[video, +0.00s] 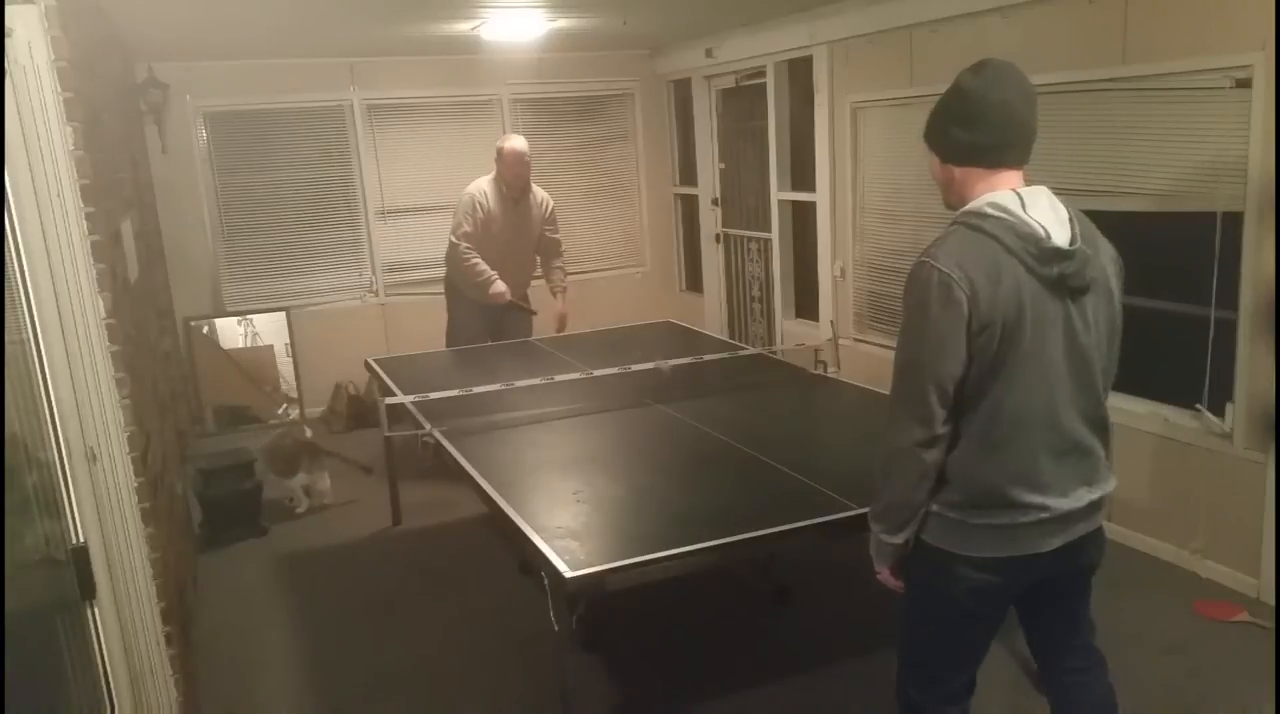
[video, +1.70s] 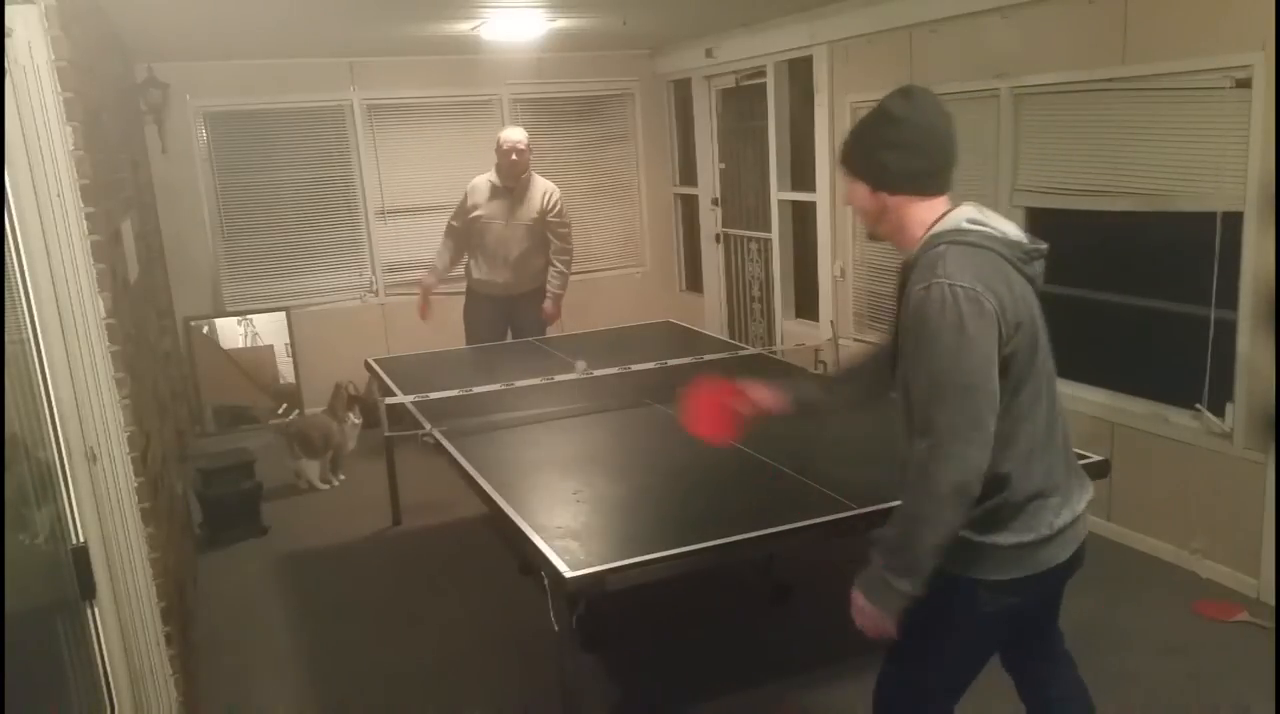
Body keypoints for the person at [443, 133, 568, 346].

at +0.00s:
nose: (520, 172)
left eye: (525, 164)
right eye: (513, 165)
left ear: (531, 163)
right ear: (498, 163)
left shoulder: (542, 202)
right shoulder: (476, 197)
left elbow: (552, 254)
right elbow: (459, 251)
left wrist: (560, 298)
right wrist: (491, 282)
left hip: (515, 300)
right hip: (470, 299)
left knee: (518, 369)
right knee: (471, 370)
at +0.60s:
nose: (493, 164)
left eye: (497, 157)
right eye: (486, 158)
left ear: (505, 154)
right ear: (472, 159)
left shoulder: (524, 192)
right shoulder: (456, 200)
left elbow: (538, 244)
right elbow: (443, 252)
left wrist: (542, 287)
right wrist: (463, 291)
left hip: (520, 299)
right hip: (473, 304)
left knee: (532, 361)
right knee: (473, 371)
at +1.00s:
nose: (488, 193)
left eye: (493, 185)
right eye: (481, 188)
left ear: (503, 172)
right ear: (472, 181)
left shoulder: (530, 201)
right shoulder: (462, 210)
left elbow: (557, 246)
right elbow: (431, 247)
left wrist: (568, 291)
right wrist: (428, 295)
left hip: (530, 300)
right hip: (481, 304)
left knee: (540, 369)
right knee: (482, 373)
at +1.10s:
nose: (490, 193)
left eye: (493, 185)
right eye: (483, 187)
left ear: (504, 175)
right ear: (473, 183)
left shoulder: (530, 202)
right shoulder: (461, 209)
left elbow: (561, 244)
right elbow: (429, 232)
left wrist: (573, 290)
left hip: (530, 297)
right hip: (482, 302)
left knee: (540, 364)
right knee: (484, 369)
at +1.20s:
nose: (492, 185)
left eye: (497, 176)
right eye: (486, 178)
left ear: (508, 170)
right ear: (476, 176)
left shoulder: (534, 201)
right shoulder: (460, 203)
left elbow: (563, 245)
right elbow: (430, 213)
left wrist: (574, 289)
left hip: (530, 296)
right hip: (482, 300)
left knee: (541, 363)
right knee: (482, 367)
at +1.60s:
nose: (511, 160)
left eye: (517, 154)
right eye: (505, 154)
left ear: (528, 154)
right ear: (494, 155)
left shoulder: (546, 195)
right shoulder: (475, 189)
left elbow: (562, 254)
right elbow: (448, 223)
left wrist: (558, 300)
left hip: (529, 296)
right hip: (482, 296)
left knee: (533, 366)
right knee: (481, 367)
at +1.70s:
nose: (514, 157)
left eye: (520, 151)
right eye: (507, 151)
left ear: (530, 153)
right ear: (496, 153)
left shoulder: (547, 194)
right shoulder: (477, 189)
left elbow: (561, 251)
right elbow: (454, 237)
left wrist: (553, 298)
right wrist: (434, 276)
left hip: (529, 298)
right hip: (483, 299)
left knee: (532, 369)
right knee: (483, 371)